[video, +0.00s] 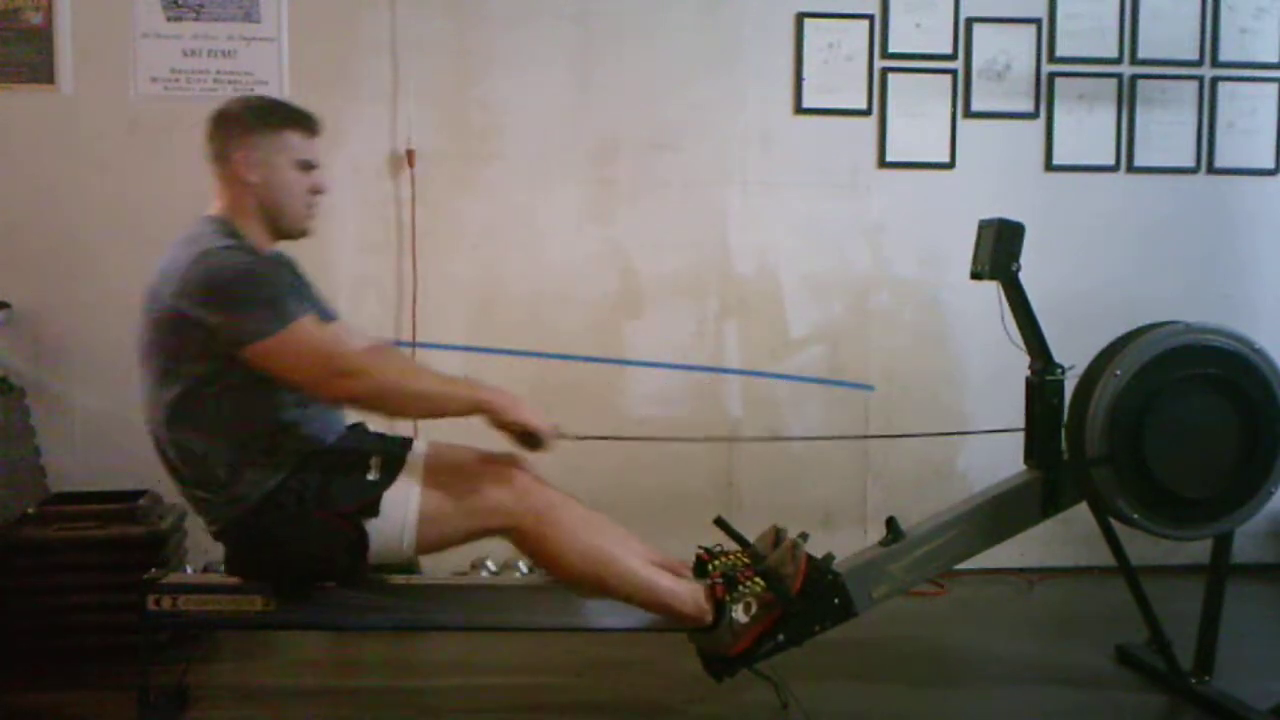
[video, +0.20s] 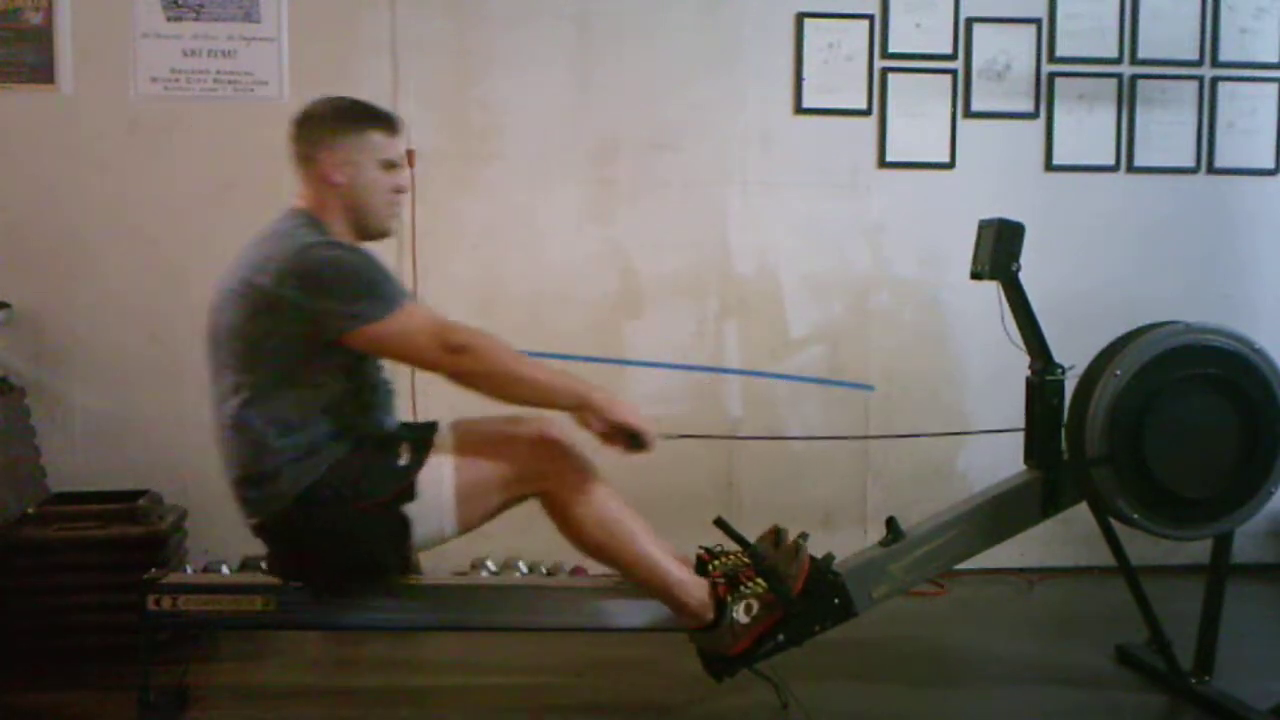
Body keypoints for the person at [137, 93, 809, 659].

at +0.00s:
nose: (320, 186)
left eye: (318, 169)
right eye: (303, 169)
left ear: (252, 174)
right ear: (243, 170)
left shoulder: (260, 264)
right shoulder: (218, 267)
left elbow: (360, 365)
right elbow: (342, 376)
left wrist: (479, 397)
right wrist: (484, 399)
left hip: (314, 479)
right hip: (284, 507)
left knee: (511, 475)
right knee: (509, 489)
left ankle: (703, 584)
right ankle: (705, 613)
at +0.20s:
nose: (404, 184)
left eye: (404, 167)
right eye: (387, 166)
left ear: (329, 176)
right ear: (326, 170)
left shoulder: (299, 251)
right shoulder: (311, 259)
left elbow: (444, 346)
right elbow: (450, 348)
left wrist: (580, 399)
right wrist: (586, 400)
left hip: (333, 484)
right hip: (328, 506)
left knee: (543, 441)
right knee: (548, 453)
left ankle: (697, 595)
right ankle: (707, 611)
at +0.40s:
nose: (492, 189)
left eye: (487, 172)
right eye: (475, 170)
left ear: (423, 178)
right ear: (423, 175)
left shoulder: (378, 257)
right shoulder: (404, 264)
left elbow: (544, 346)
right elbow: (552, 348)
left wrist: (673, 394)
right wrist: (683, 395)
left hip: (378, 507)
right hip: (394, 523)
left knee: (577, 405)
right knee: (593, 423)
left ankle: (699, 582)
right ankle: (711, 608)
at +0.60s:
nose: (583, 195)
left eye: (580, 178)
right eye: (569, 177)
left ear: (517, 185)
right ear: (520, 184)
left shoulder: (472, 260)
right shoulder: (501, 265)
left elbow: (640, 348)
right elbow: (654, 347)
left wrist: (756, 390)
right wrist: (790, 390)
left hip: (447, 516)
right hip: (467, 521)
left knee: (636, 385)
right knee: (647, 393)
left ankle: (711, 594)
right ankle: (715, 610)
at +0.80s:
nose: (671, 203)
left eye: (667, 187)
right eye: (658, 185)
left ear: (609, 191)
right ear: (610, 189)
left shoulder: (564, 262)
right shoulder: (599, 265)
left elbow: (727, 345)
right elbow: (751, 342)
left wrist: (840, 383)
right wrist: (895, 380)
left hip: (512, 514)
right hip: (532, 516)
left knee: (701, 374)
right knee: (708, 381)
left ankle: (697, 578)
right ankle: (710, 589)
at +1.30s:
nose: (565, 177)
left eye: (563, 160)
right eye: (550, 160)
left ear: (494, 164)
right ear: (497, 161)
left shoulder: (464, 246)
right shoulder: (496, 254)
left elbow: (628, 336)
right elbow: (646, 320)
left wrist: (740, 370)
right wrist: (785, 352)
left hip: (438, 496)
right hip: (463, 506)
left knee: (629, 384)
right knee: (642, 395)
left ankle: (706, 589)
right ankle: (714, 608)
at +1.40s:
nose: (477, 166)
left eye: (473, 149)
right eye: (460, 148)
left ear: (409, 159)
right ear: (408, 156)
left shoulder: (377, 246)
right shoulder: (408, 250)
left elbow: (553, 329)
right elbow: (563, 316)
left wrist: (677, 359)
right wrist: (701, 347)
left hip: (379, 502)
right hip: (402, 515)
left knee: (586, 401)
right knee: (601, 419)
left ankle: (700, 584)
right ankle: (711, 609)